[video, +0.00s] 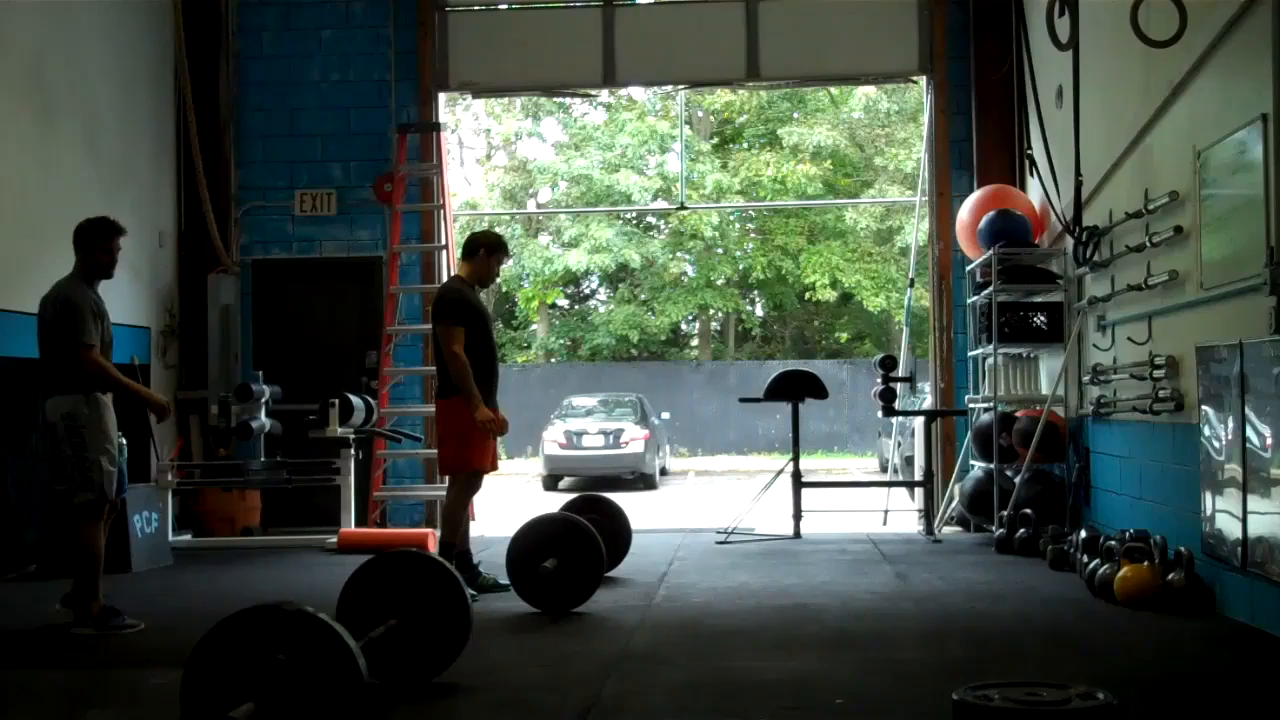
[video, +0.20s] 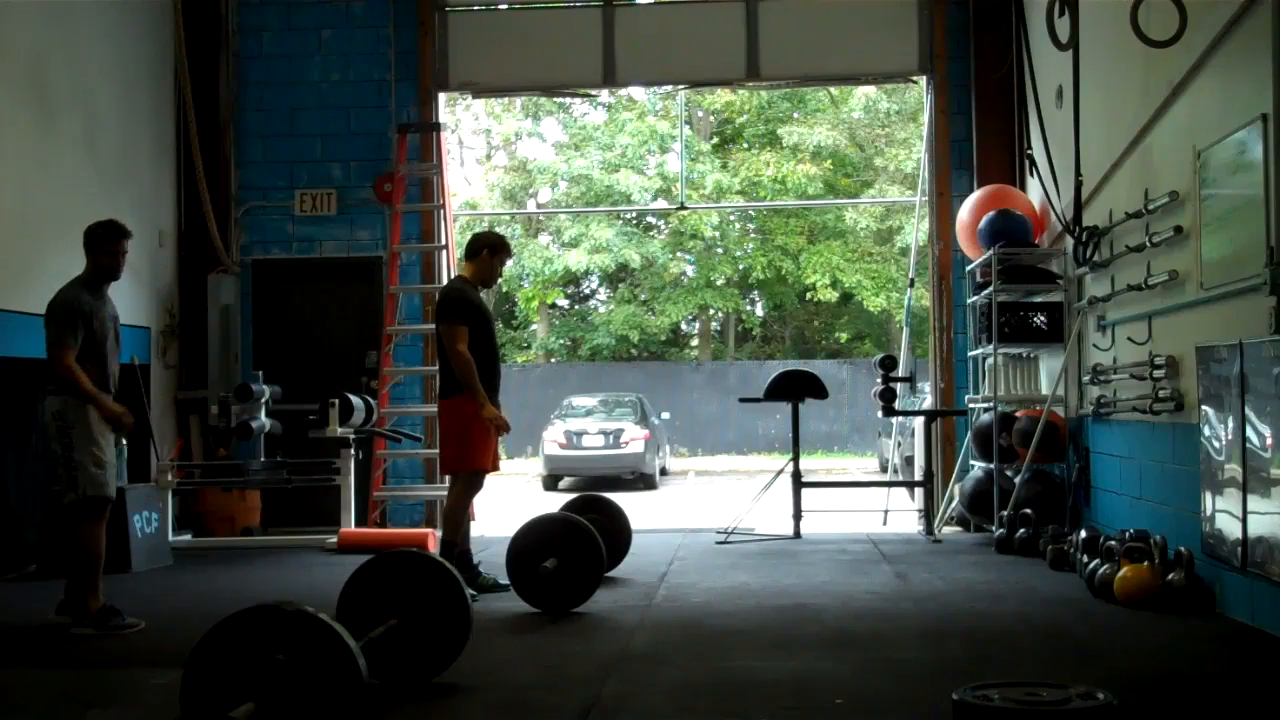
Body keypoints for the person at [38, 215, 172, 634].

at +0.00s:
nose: (118, 258)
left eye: (118, 250)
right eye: (113, 250)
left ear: (89, 251)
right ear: (93, 250)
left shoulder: (66, 295)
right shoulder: (79, 298)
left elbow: (80, 363)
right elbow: (89, 361)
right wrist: (146, 394)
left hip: (72, 412)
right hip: (84, 413)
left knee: (92, 506)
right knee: (95, 508)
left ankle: (82, 596)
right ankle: (91, 607)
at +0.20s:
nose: (123, 261)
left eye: (125, 253)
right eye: (116, 253)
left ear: (121, 254)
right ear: (94, 253)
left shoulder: (104, 304)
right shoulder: (69, 301)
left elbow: (104, 364)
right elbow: (63, 363)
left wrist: (114, 409)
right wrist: (107, 405)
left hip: (98, 414)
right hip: (78, 415)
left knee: (95, 506)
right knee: (94, 506)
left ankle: (79, 600)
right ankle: (90, 605)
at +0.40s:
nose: (126, 265)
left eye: (130, 258)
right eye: (119, 257)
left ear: (131, 259)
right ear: (99, 255)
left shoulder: (117, 308)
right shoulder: (65, 302)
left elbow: (128, 361)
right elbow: (39, 359)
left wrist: (167, 397)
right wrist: (24, 412)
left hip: (100, 412)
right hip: (70, 412)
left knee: (90, 504)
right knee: (82, 504)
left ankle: (76, 598)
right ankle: (85, 601)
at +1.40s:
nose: (148, 256)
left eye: (149, 248)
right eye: (141, 248)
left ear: (135, 250)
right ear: (116, 248)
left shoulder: (140, 299)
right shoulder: (72, 300)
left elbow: (155, 360)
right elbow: (48, 362)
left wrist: (180, 407)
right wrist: (51, 417)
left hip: (135, 417)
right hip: (86, 419)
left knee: (166, 498)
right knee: (82, 511)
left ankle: (139, 589)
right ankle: (79, 605)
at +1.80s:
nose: (210, 257)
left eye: (211, 249)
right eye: (204, 248)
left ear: (201, 249)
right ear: (180, 246)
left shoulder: (196, 300)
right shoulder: (134, 294)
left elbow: (194, 368)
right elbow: (114, 358)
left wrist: (205, 423)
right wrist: (130, 412)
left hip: (187, 417)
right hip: (145, 415)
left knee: (188, 515)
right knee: (130, 512)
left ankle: (199, 605)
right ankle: (92, 599)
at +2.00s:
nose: (225, 255)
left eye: (229, 247)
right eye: (218, 247)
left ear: (230, 248)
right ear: (196, 245)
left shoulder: (226, 298)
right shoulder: (157, 292)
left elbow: (241, 361)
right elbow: (129, 358)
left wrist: (260, 409)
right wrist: (135, 411)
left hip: (210, 413)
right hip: (165, 410)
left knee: (201, 511)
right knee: (173, 505)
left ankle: (200, 604)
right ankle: (158, 597)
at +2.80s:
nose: (213, 228)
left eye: (220, 220)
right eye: (204, 221)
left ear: (235, 225)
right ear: (191, 229)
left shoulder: (262, 280)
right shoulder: (173, 286)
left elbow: (291, 346)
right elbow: (157, 355)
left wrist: (318, 402)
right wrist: (171, 405)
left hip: (255, 412)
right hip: (202, 416)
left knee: (261, 516)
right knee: (222, 523)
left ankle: (273, 608)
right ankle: (239, 610)